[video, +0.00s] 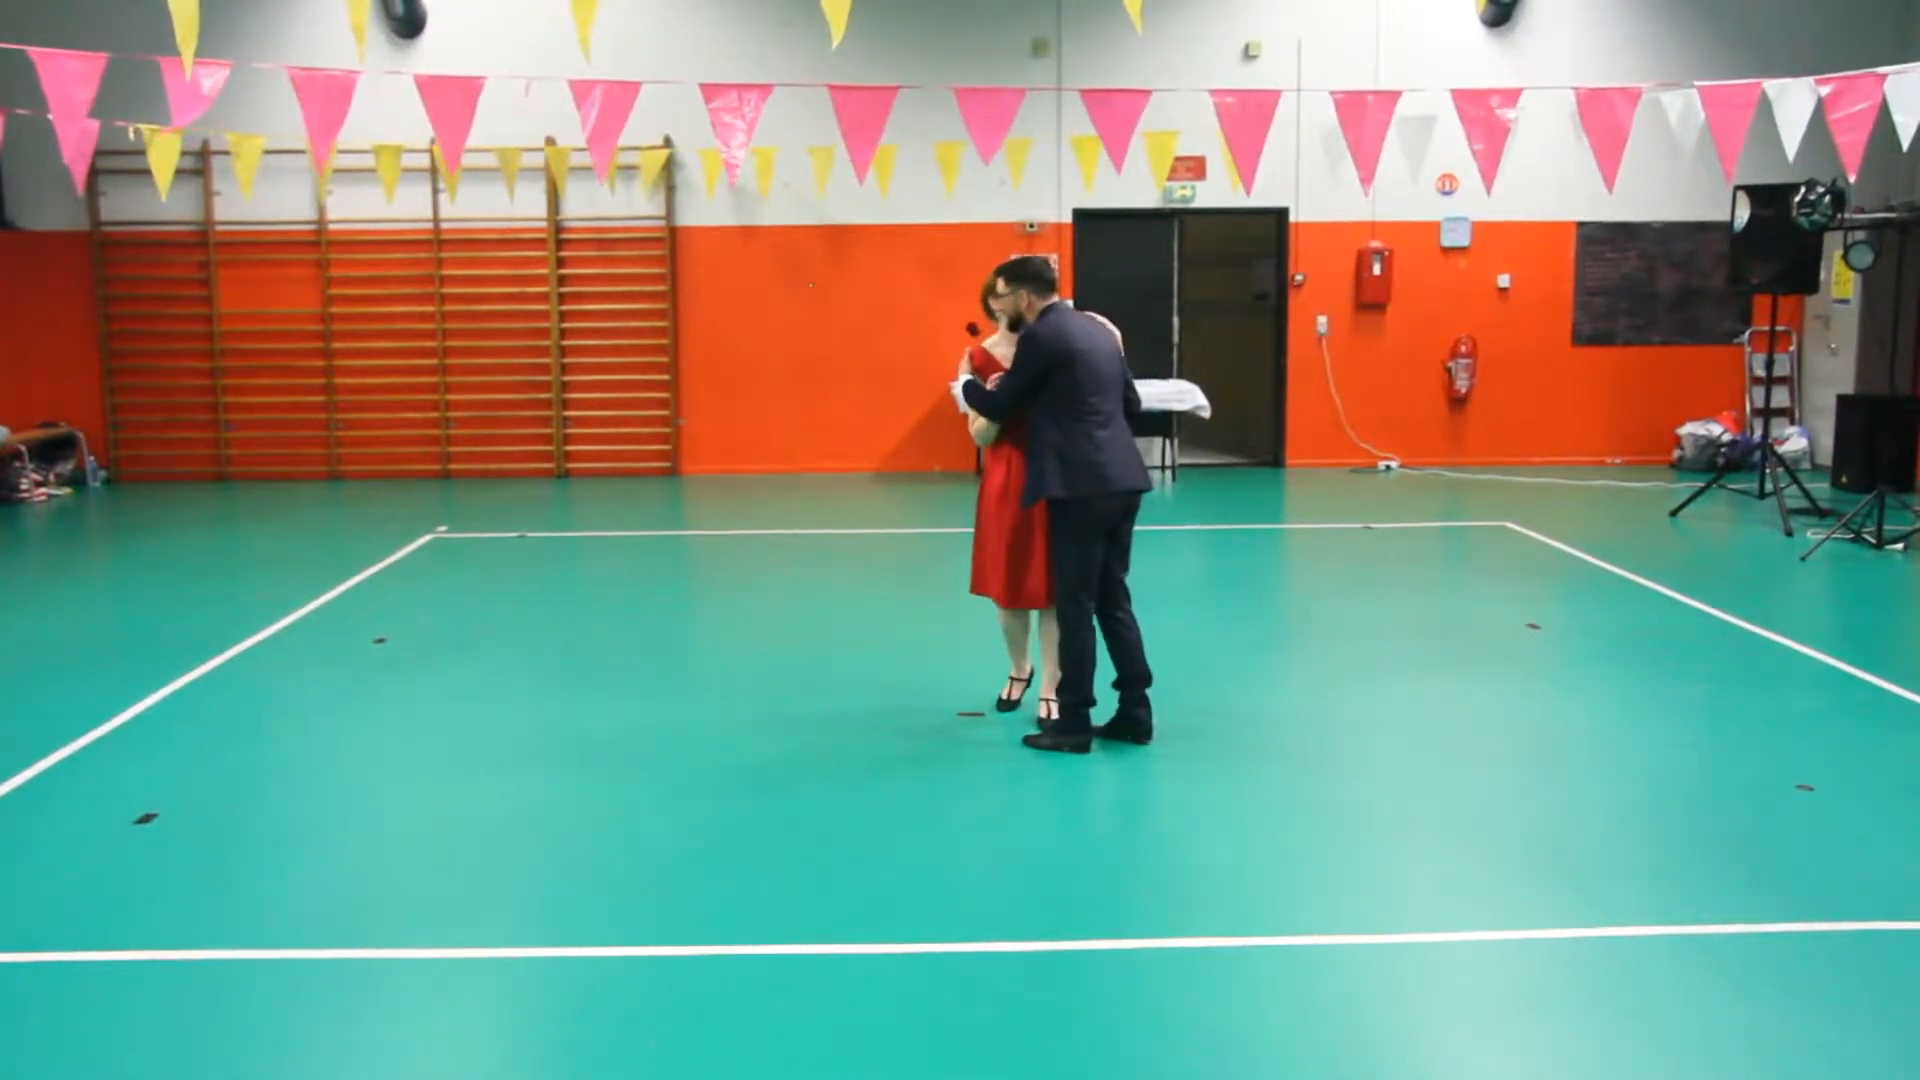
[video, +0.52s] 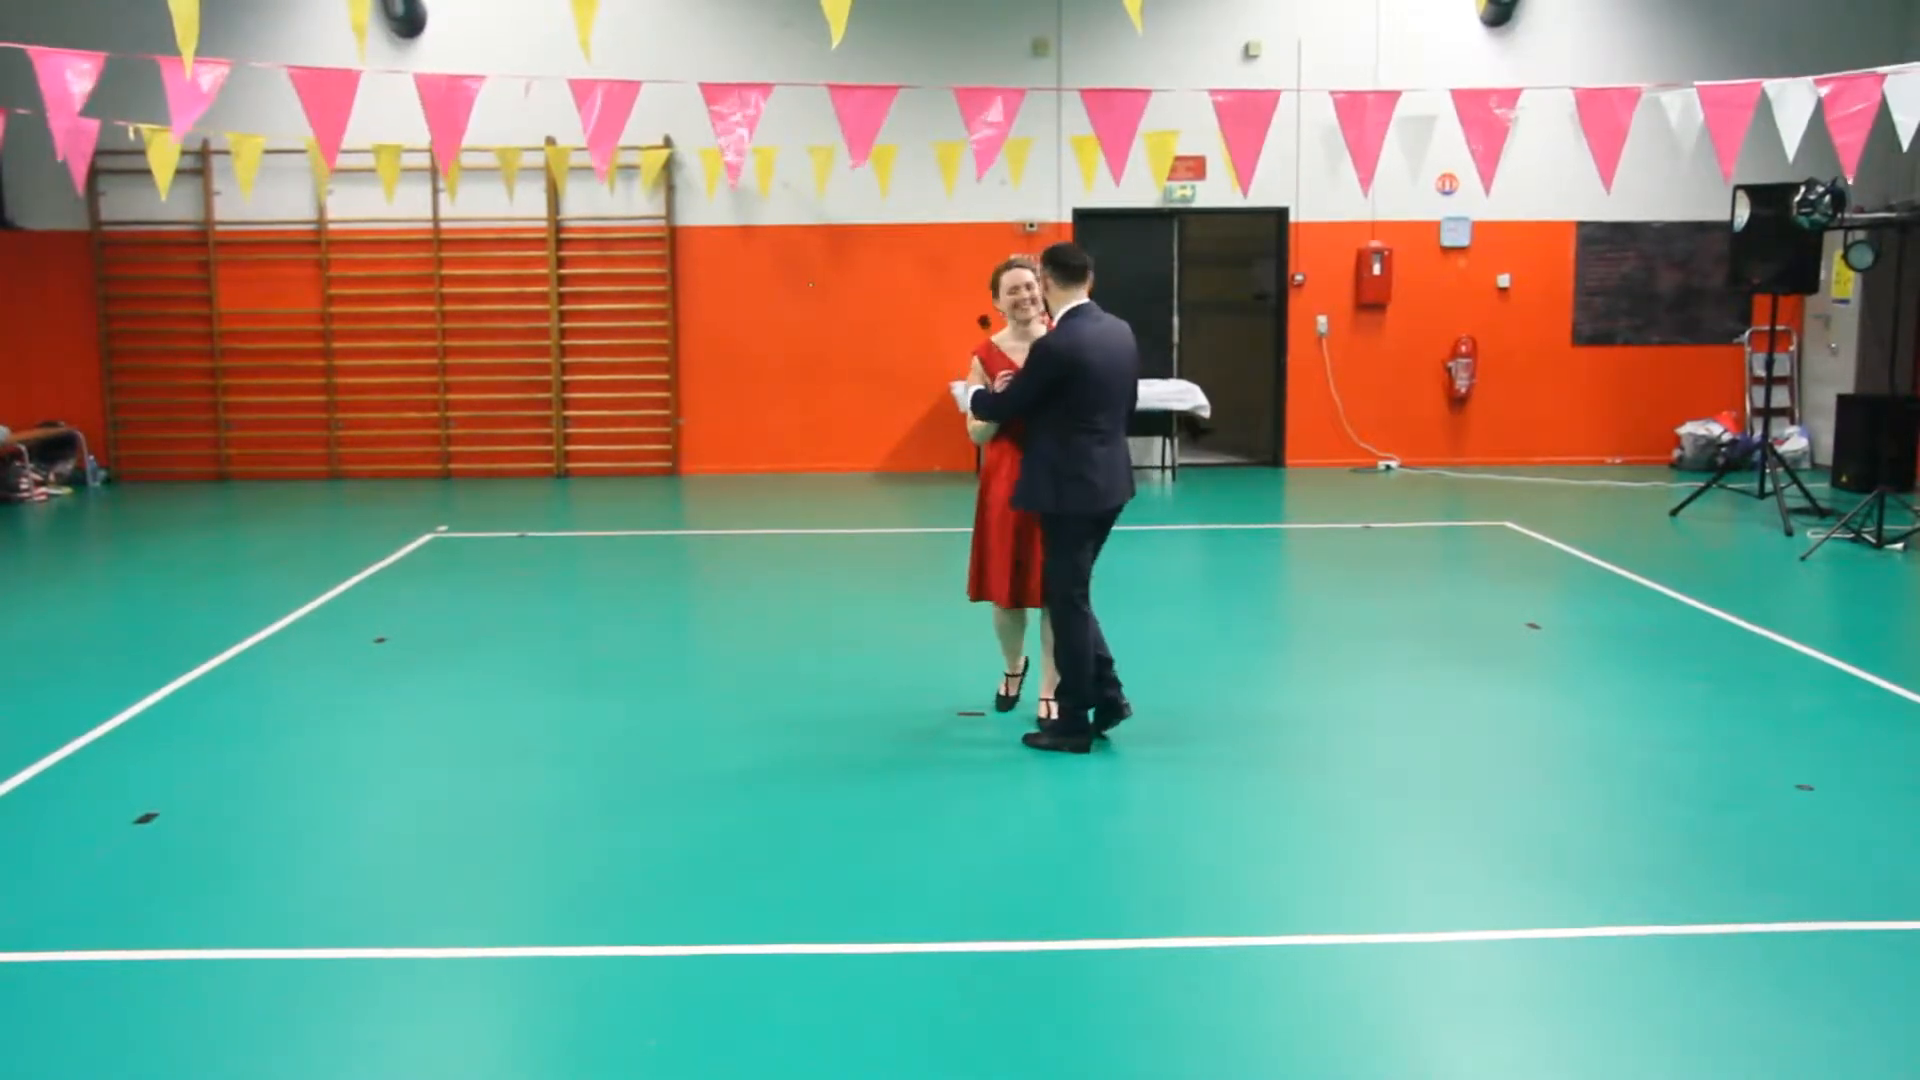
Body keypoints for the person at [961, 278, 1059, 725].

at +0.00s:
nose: (1003, 301)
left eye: (1010, 292)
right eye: (996, 294)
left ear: (1026, 296)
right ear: (988, 301)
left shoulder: (1053, 348)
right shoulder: (980, 355)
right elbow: (981, 432)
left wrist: (1112, 343)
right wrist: (1004, 388)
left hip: (1055, 473)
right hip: (1004, 475)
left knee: (1054, 588)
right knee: (1008, 585)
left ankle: (1051, 687)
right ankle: (1019, 670)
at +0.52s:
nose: (1026, 295)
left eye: (1030, 286)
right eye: (1015, 290)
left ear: (1042, 291)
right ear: (998, 300)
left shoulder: (1064, 345)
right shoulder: (987, 356)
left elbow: (1077, 407)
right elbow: (978, 429)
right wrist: (1007, 392)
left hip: (1056, 472)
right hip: (1004, 475)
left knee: (1056, 587)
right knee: (1005, 587)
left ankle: (1051, 688)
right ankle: (1013, 666)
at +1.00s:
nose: (995, 292)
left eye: (1003, 284)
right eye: (985, 285)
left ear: (1016, 291)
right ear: (971, 296)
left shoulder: (1038, 339)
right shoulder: (958, 350)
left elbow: (1087, 380)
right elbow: (943, 424)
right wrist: (976, 415)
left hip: (1028, 472)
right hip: (972, 476)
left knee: (1036, 590)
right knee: (964, 587)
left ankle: (1047, 690)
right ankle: (955, 686)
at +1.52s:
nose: (960, 297)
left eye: (969, 290)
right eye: (952, 290)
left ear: (984, 298)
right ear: (939, 298)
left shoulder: (1006, 345)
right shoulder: (928, 351)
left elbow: (1049, 398)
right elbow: (911, 420)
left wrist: (1039, 453)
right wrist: (935, 415)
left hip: (988, 472)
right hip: (938, 472)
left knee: (997, 589)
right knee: (939, 587)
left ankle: (1038, 688)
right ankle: (955, 687)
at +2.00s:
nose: (964, 298)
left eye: (971, 290)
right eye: (956, 290)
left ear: (980, 297)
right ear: (936, 295)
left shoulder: (995, 343)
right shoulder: (915, 350)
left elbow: (1023, 410)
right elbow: (898, 421)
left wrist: (1056, 471)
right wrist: (927, 416)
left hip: (980, 473)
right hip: (928, 474)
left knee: (993, 588)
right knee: (940, 590)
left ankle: (1037, 687)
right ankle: (955, 687)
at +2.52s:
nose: (957, 295)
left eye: (964, 289)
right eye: (947, 287)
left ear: (971, 299)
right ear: (926, 295)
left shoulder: (987, 342)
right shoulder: (907, 348)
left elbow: (1035, 401)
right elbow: (894, 424)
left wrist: (1084, 450)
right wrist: (898, 403)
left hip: (976, 469)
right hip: (925, 470)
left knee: (991, 585)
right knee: (936, 587)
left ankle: (1018, 686)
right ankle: (955, 688)